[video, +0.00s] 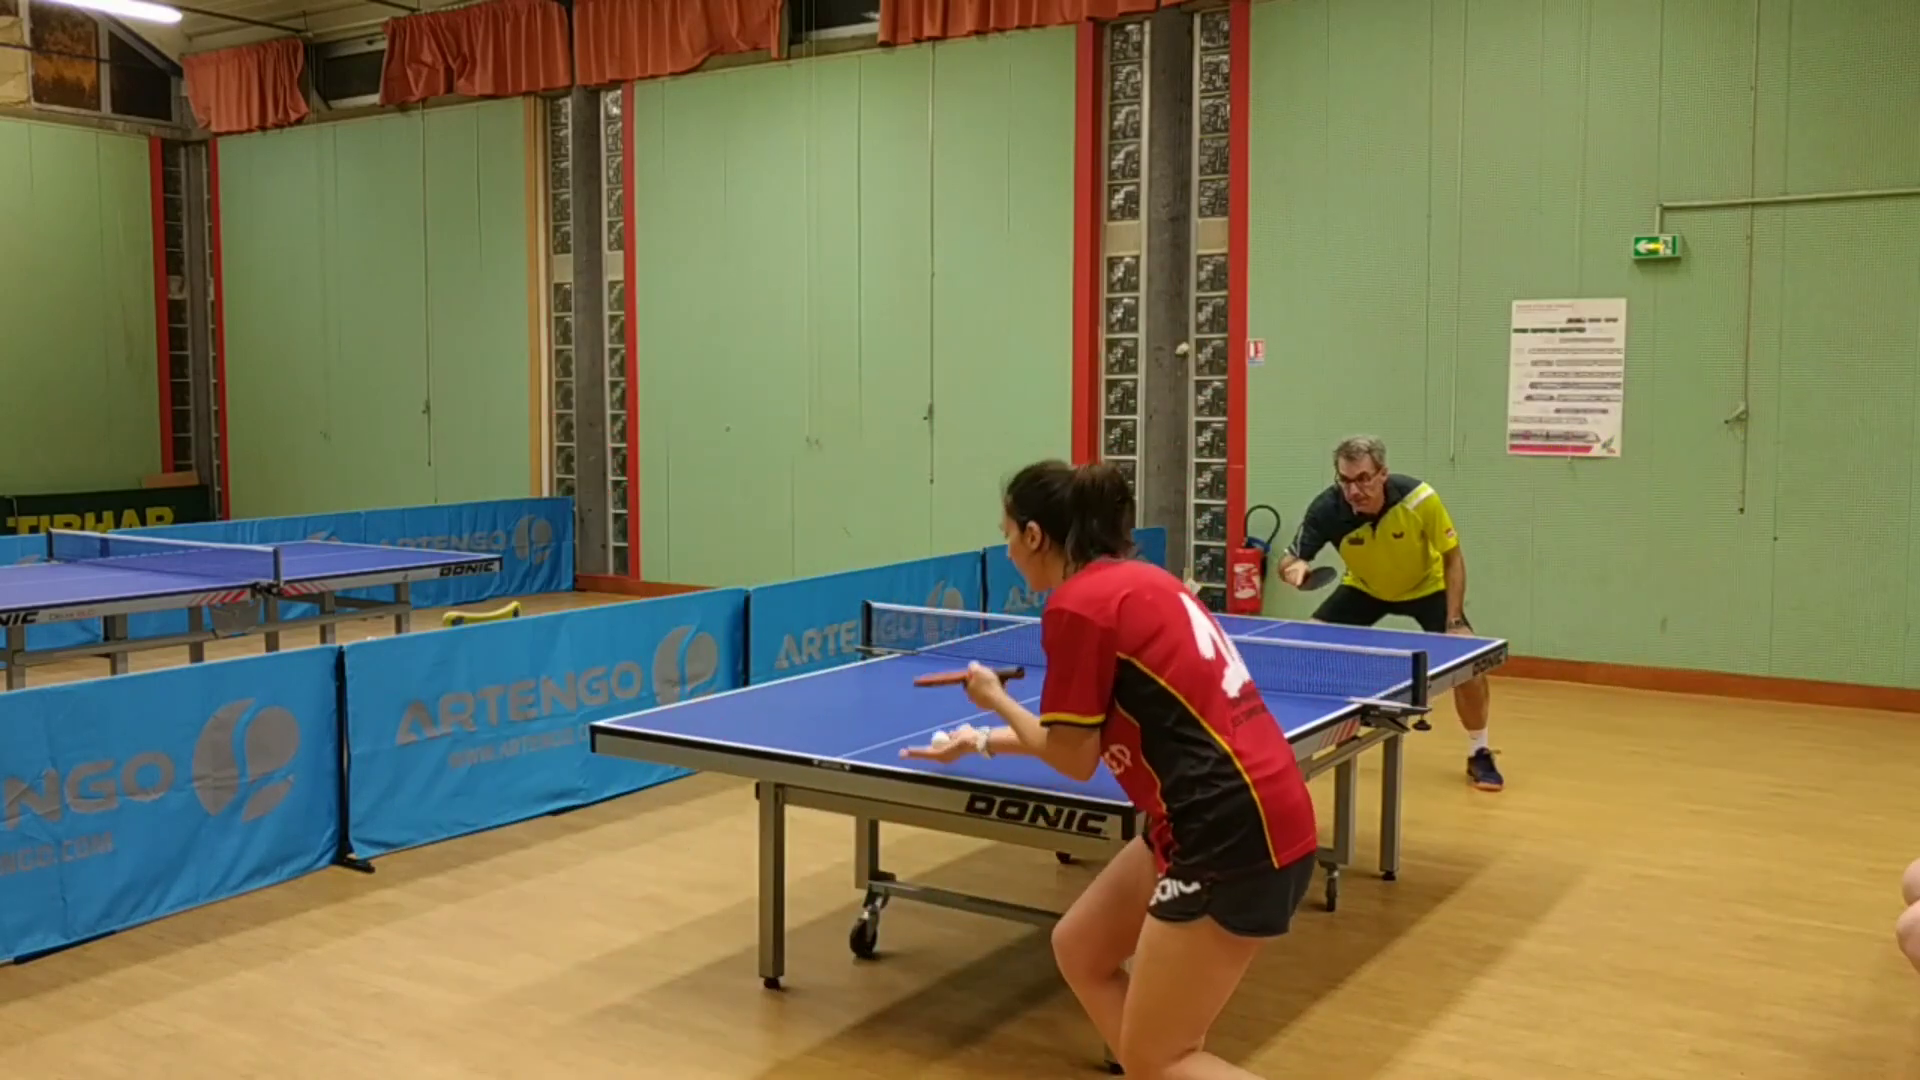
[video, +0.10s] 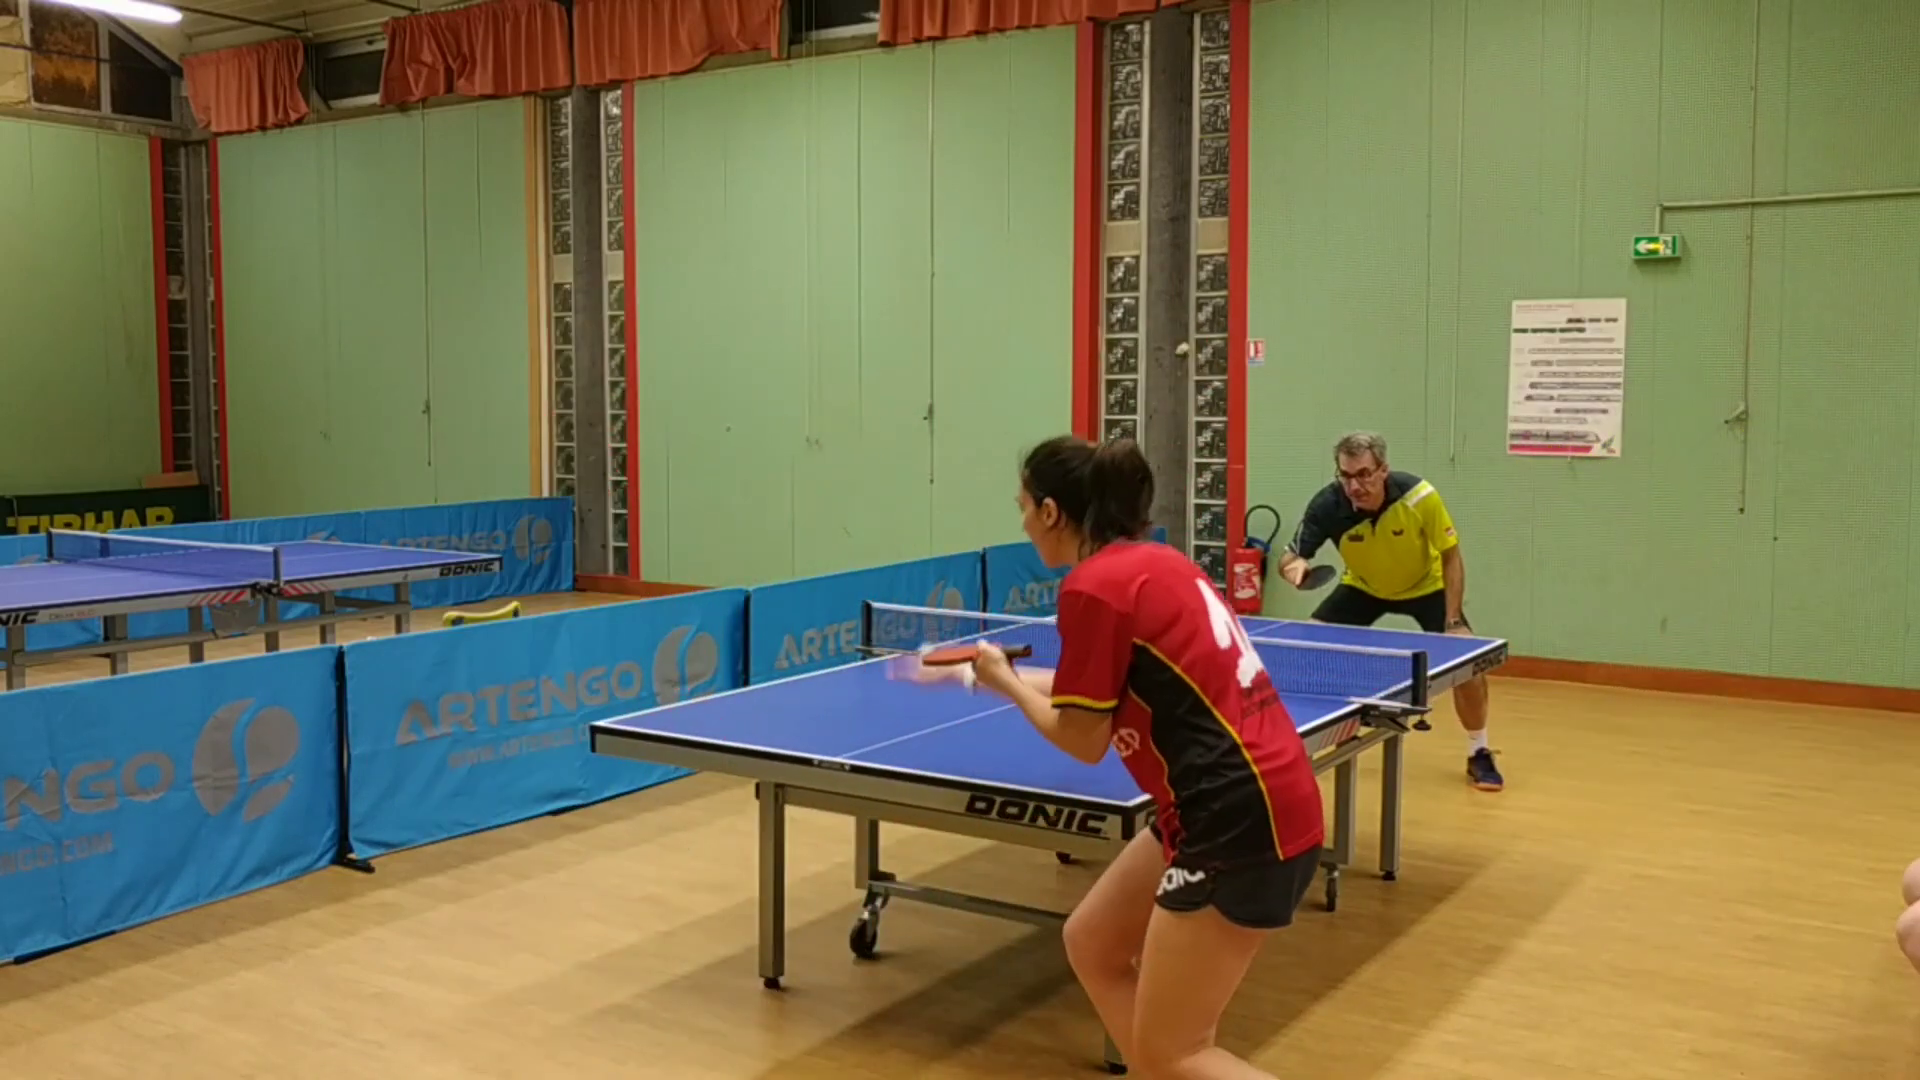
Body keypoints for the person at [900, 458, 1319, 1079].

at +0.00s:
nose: (1009, 551)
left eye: (1008, 535)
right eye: (1007, 535)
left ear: (1035, 536)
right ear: (1089, 527)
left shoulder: (1078, 605)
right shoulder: (1144, 581)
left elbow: (1074, 760)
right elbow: (1099, 733)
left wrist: (997, 701)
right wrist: (984, 740)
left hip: (1238, 840)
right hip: (1198, 823)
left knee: (1158, 1057)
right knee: (1081, 947)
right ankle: (1145, 1067)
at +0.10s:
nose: (1023, 523)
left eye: (1024, 506)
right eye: (1022, 507)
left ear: (1052, 512)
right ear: (1104, 504)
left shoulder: (1094, 587)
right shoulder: (1158, 562)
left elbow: (1084, 742)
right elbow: (1114, 694)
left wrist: (1010, 683)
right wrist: (995, 669)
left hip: (1245, 828)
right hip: (1209, 810)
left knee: (1168, 1054)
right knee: (1093, 941)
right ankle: (1154, 1069)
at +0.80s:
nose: (1041, 465)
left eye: (1043, 446)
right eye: (1039, 448)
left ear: (1077, 441)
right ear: (1112, 434)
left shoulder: (1118, 507)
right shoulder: (1206, 486)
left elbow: (1160, 617)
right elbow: (1238, 570)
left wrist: (1052, 665)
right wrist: (1126, 563)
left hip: (1273, 769)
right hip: (1317, 738)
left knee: (1288, 1026)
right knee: (1159, 899)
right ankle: (1244, 1067)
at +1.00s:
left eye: (1037, 410)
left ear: (1039, 418)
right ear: (1117, 409)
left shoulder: (1034, 498)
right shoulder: (1159, 476)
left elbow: (1005, 621)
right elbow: (1197, 596)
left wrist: (988, 741)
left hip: (1170, 768)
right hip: (1243, 746)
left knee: (1175, 1006)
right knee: (1172, 985)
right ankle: (1176, 1067)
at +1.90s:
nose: (933, 482)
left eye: (932, 471)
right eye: (932, 471)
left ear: (840, 477)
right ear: (917, 476)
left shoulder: (787, 566)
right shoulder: (956, 565)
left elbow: (729, 696)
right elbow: (1024, 716)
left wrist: (825, 685)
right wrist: (954, 662)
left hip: (797, 846)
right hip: (925, 844)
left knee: (740, 979)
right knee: (1063, 1022)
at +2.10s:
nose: (1097, 545)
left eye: (1097, 532)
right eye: (1096, 532)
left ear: (1000, 526)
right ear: (1074, 535)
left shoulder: (937, 590)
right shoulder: (1072, 618)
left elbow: (950, 718)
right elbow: (1107, 783)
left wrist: (1069, 711)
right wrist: (1104, 719)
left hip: (833, 844)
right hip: (947, 860)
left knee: (768, 999)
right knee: (1132, 1020)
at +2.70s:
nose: (1115, 494)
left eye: (1113, 482)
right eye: (1111, 483)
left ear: (1027, 489)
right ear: (1098, 494)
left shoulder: (983, 550)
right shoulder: (1097, 579)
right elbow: (1154, 725)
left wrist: (1131, 636)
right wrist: (1181, 658)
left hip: (840, 795)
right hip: (948, 822)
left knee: (776, 985)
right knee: (1097, 1019)